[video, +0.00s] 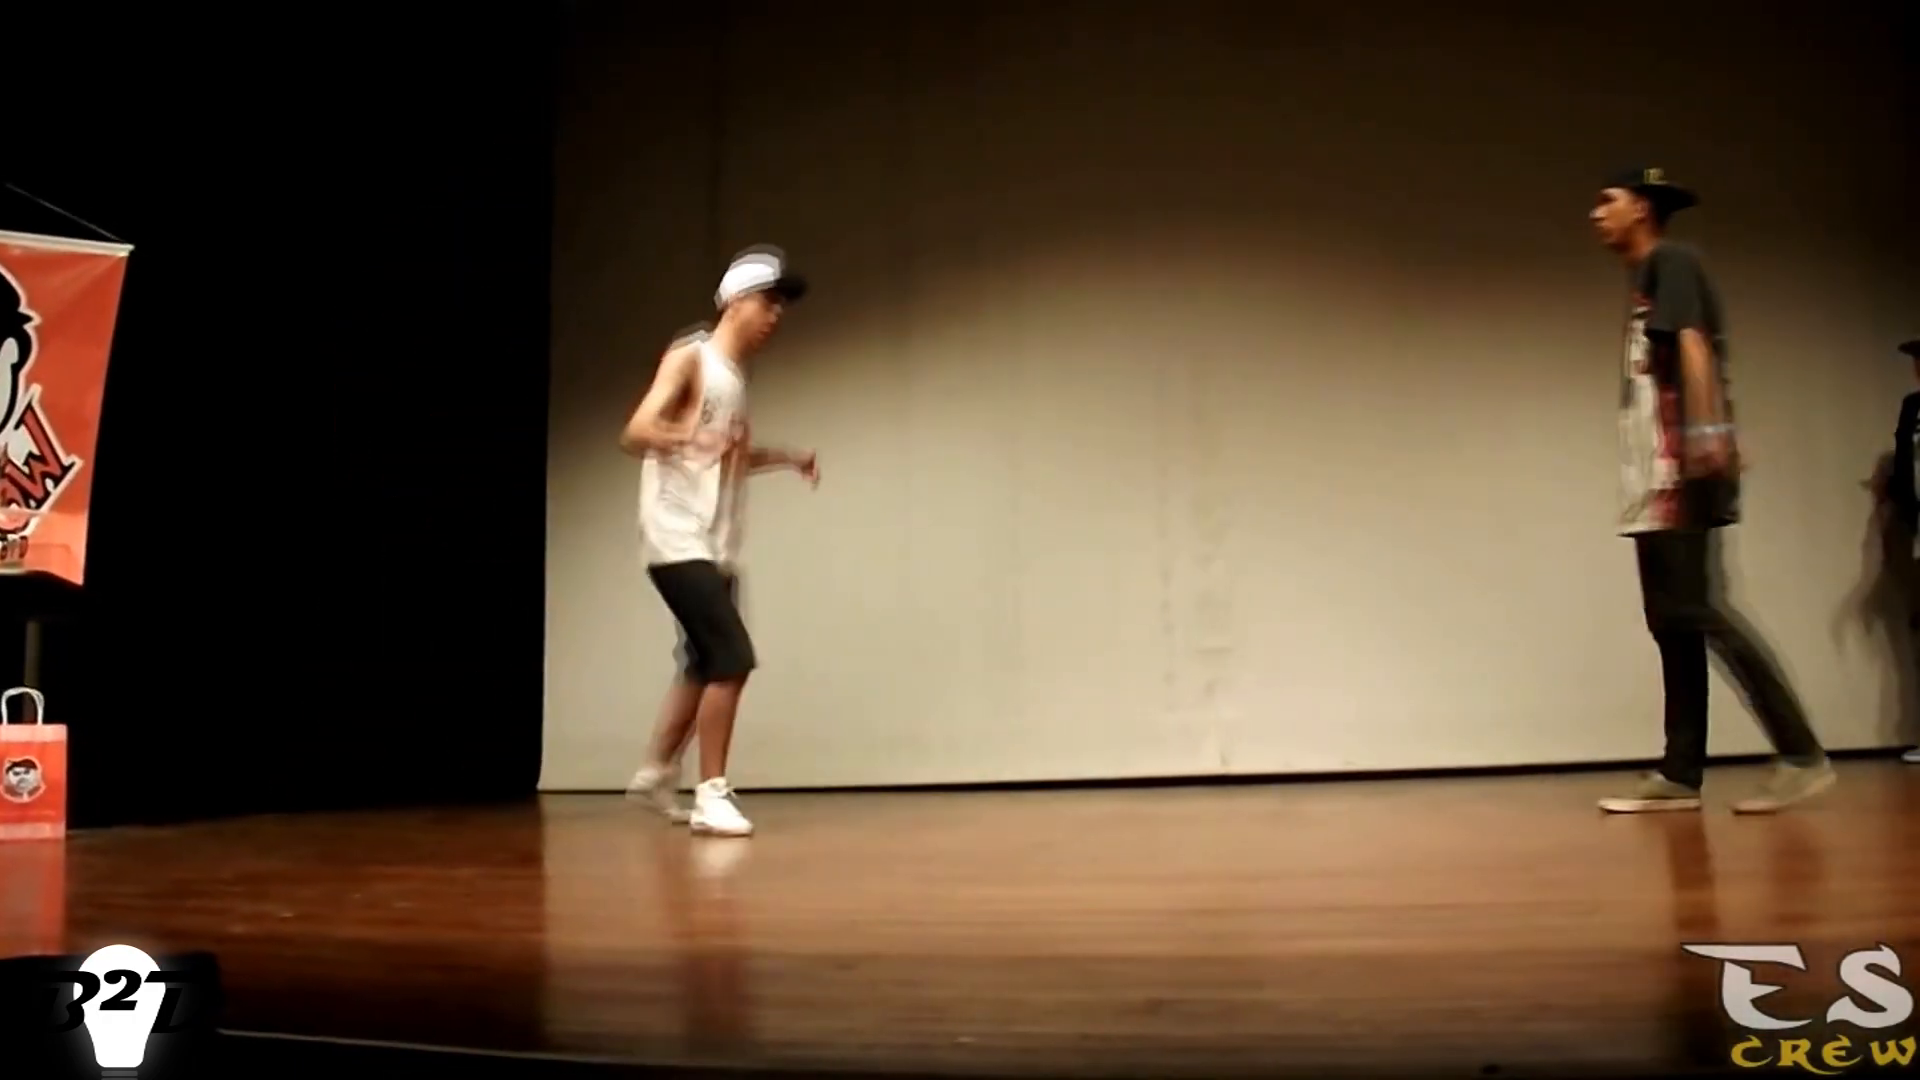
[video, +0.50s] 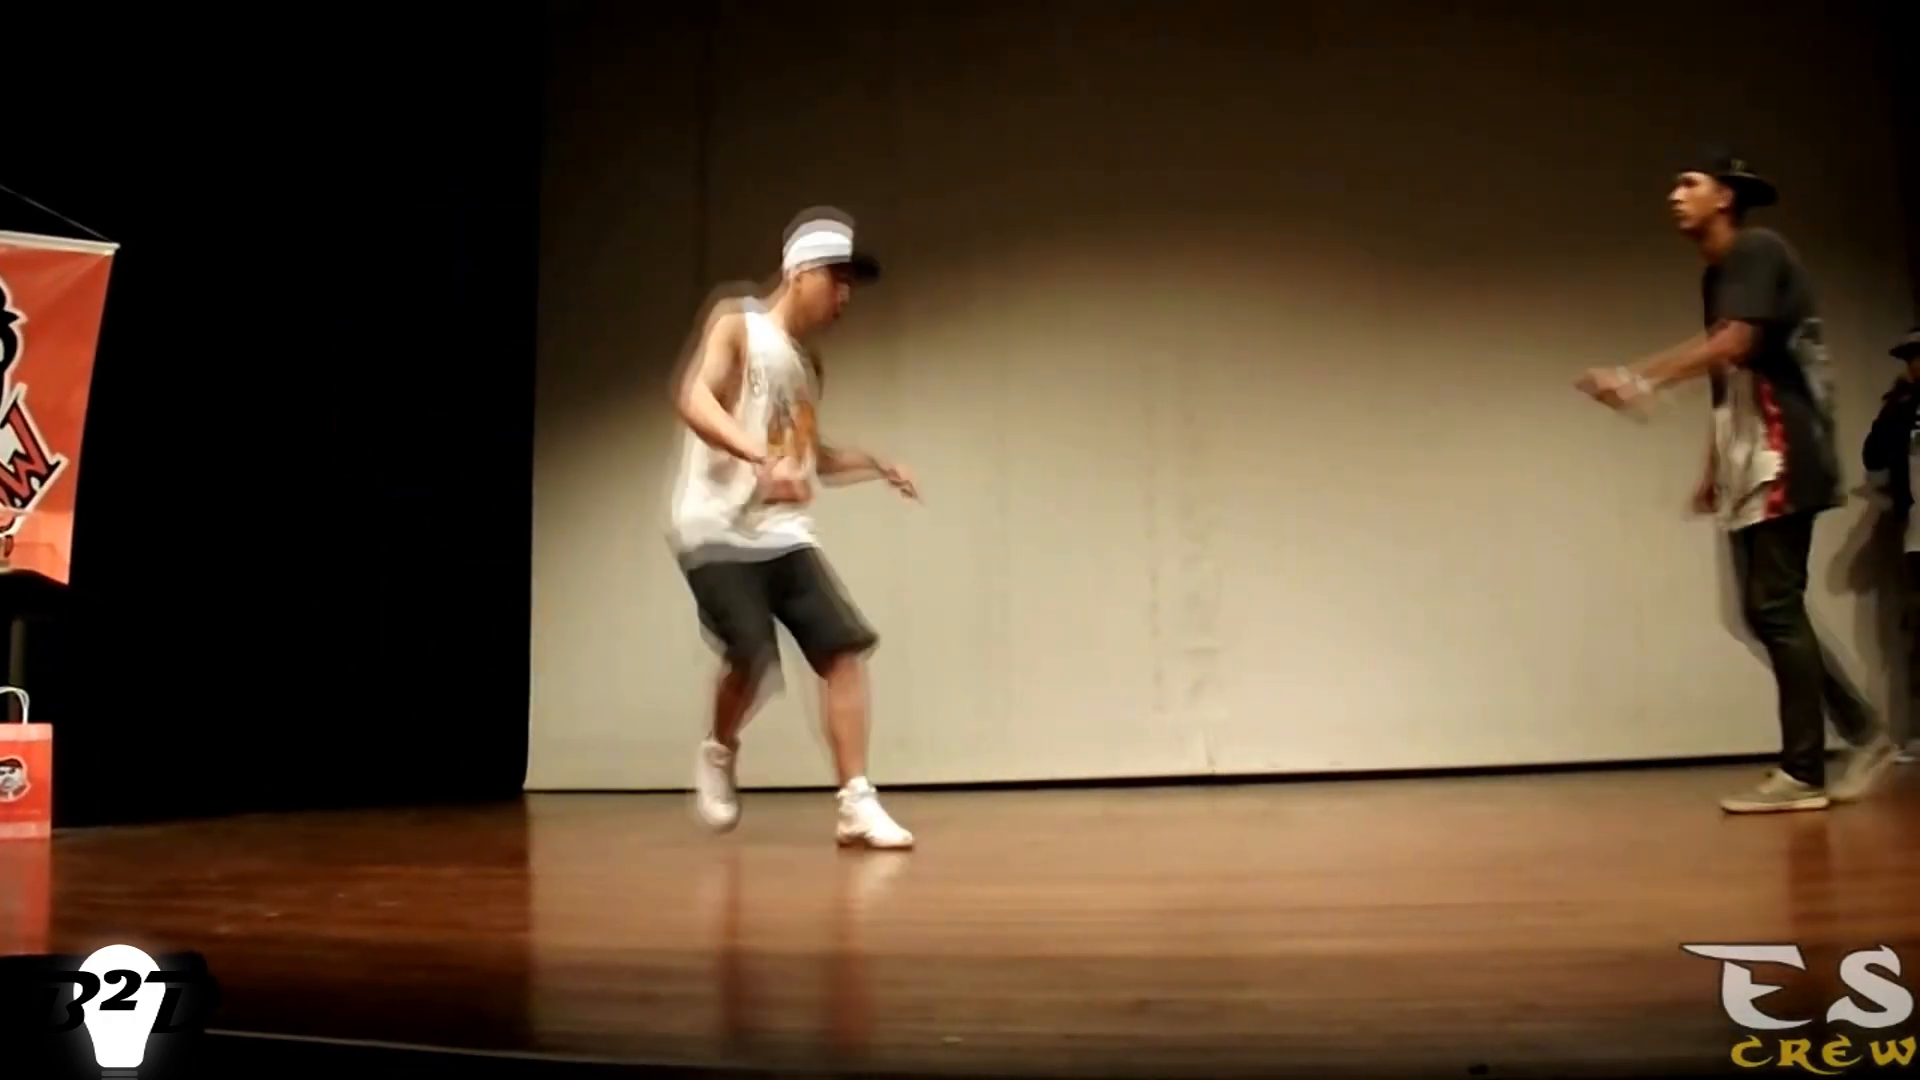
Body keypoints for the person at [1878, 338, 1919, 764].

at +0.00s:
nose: (1914, 370)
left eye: (1915, 363)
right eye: (1913, 363)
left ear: (1916, 366)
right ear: (1913, 366)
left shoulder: (1911, 409)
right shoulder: (1910, 408)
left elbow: (1903, 479)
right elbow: (1902, 478)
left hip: (1913, 552)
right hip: (1912, 552)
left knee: (1914, 650)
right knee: (1914, 647)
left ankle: (1916, 736)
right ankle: (1915, 736)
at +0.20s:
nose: (1916, 371)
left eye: (1918, 363)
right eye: (1913, 363)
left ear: (1918, 367)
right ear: (1909, 367)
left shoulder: (1903, 409)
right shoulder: (1901, 408)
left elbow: (1882, 467)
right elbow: (1882, 467)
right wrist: (1906, 496)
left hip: (1911, 542)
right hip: (1908, 541)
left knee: (1912, 642)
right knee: (1913, 640)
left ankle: (1917, 737)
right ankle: (1917, 736)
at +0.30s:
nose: (1911, 370)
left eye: (1914, 362)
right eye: (1909, 362)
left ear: (1919, 365)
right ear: (1908, 366)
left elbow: (1879, 456)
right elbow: (1876, 458)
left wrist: (1898, 405)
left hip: (1915, 538)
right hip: (1909, 537)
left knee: (1911, 638)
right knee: (1911, 636)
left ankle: (1919, 736)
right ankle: (1917, 736)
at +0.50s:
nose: (1914, 367)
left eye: (1916, 359)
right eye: (1911, 359)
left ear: (1919, 362)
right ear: (1908, 363)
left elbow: (1878, 454)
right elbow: (1875, 455)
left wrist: (1899, 402)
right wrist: (1902, 401)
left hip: (1914, 536)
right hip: (1909, 535)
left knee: (1911, 638)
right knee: (1910, 637)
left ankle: (1912, 732)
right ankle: (1911, 732)